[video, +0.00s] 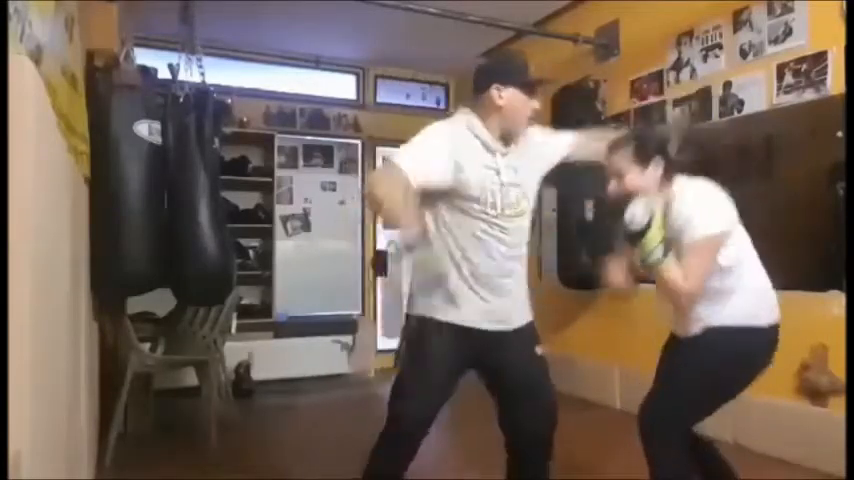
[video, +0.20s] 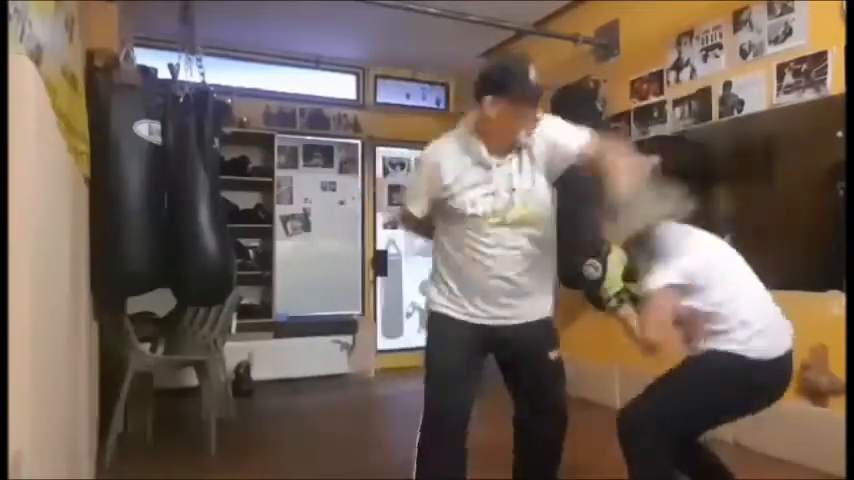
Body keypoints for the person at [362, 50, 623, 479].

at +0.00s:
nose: (536, 105)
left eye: (536, 95)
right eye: (529, 94)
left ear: (505, 96)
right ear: (498, 94)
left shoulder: (536, 143)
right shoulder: (447, 138)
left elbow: (593, 143)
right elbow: (385, 180)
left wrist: (646, 141)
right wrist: (405, 215)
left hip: (510, 321)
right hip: (442, 319)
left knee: (535, 425)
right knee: (405, 428)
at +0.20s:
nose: (532, 121)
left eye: (533, 111)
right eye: (523, 110)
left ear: (533, 108)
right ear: (490, 106)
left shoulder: (542, 138)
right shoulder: (442, 155)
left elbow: (606, 149)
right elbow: (413, 218)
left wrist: (621, 172)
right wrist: (459, 239)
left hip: (528, 317)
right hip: (456, 316)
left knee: (545, 418)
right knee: (444, 424)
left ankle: (535, 479)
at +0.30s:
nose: (519, 125)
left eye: (521, 113)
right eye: (507, 116)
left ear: (525, 111)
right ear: (474, 119)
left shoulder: (538, 144)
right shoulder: (441, 164)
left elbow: (568, 205)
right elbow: (430, 223)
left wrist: (520, 253)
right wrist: (476, 241)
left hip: (531, 321)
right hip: (460, 317)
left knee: (551, 429)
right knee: (442, 430)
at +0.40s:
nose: (516, 130)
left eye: (519, 118)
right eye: (503, 122)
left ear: (524, 113)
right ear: (474, 124)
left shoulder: (537, 149)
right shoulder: (447, 165)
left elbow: (541, 233)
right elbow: (438, 231)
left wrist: (477, 264)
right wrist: (503, 263)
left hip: (536, 329)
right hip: (467, 325)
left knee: (548, 446)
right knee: (445, 437)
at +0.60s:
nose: (527, 131)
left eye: (530, 119)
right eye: (515, 122)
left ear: (535, 116)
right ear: (484, 122)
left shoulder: (545, 148)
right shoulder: (449, 170)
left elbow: (552, 236)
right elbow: (445, 239)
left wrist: (483, 250)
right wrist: (458, 267)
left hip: (540, 326)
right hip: (470, 325)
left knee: (554, 439)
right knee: (449, 431)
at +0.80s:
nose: (559, 118)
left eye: (560, 107)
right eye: (551, 105)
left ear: (529, 106)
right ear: (518, 103)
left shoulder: (550, 147)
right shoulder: (463, 154)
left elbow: (570, 216)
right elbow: (407, 212)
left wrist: (566, 213)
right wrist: (424, 266)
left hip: (536, 316)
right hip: (473, 315)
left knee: (551, 423)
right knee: (460, 425)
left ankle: (534, 477)